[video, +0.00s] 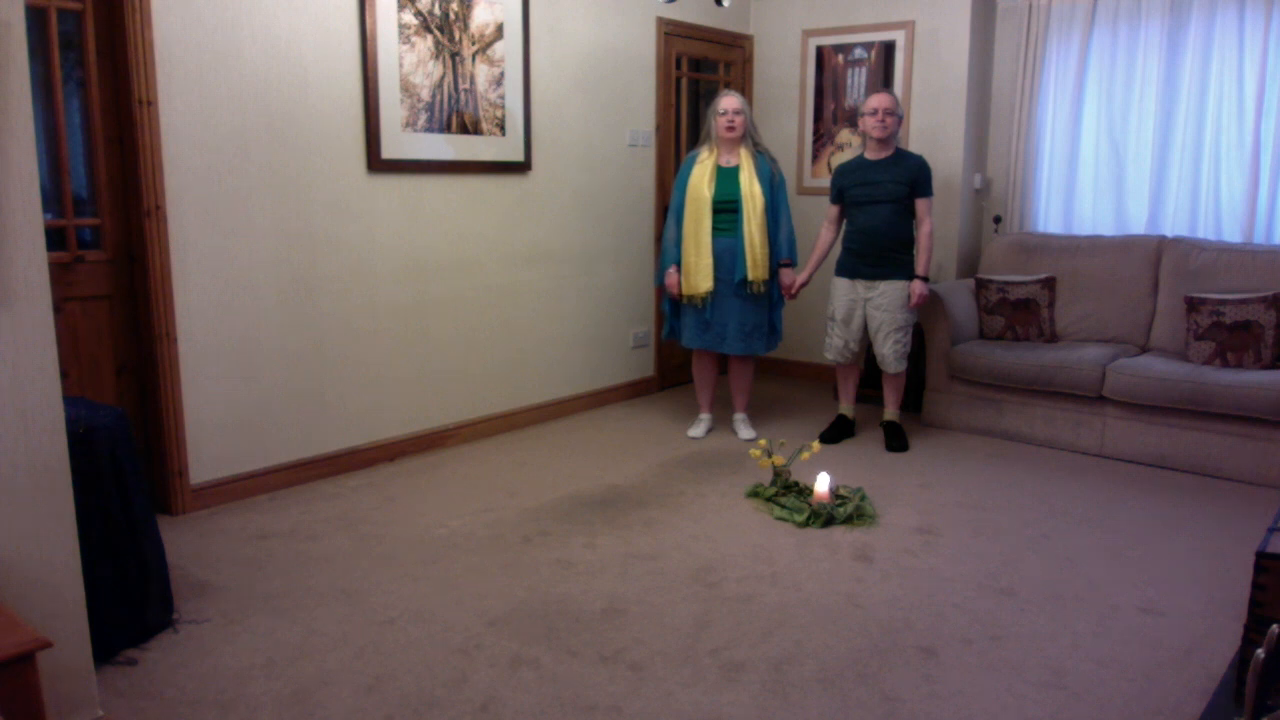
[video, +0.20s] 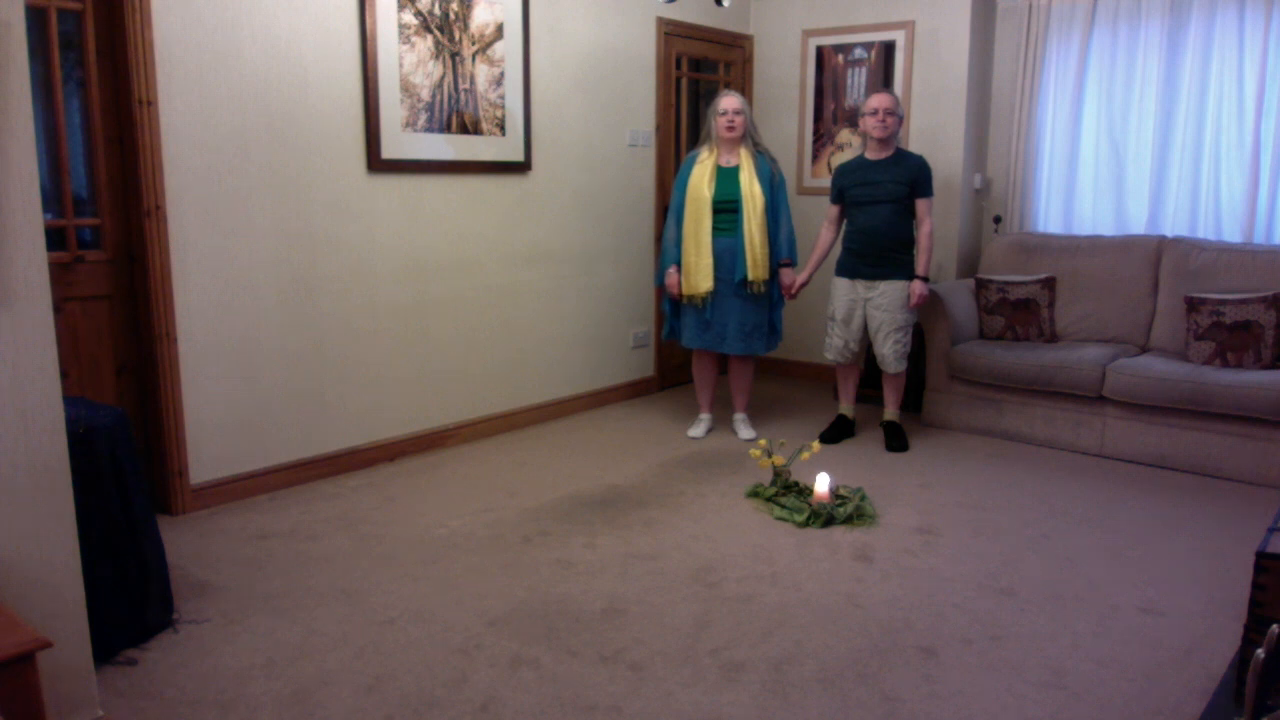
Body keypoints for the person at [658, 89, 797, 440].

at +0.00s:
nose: (730, 119)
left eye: (737, 113)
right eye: (723, 113)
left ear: (747, 119)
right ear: (712, 120)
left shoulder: (764, 164)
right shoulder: (694, 163)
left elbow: (780, 216)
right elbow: (675, 217)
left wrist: (785, 264)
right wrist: (671, 265)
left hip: (750, 268)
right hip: (701, 268)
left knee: (743, 344)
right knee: (703, 343)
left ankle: (741, 414)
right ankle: (705, 413)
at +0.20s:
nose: (730, 119)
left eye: (737, 113)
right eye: (723, 113)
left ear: (747, 119)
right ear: (712, 120)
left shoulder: (764, 164)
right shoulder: (694, 163)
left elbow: (780, 216)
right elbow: (675, 217)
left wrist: (785, 264)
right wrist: (671, 265)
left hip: (750, 269)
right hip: (701, 269)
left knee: (743, 345)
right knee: (703, 343)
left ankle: (741, 414)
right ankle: (705, 413)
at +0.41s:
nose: (730, 119)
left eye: (737, 113)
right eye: (723, 113)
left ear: (747, 119)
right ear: (713, 120)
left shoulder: (764, 164)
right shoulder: (694, 163)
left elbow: (780, 216)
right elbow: (675, 218)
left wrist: (785, 264)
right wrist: (671, 266)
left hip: (750, 269)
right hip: (702, 269)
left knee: (743, 345)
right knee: (703, 343)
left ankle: (741, 414)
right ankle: (705, 413)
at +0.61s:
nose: (730, 119)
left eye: (737, 113)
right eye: (723, 113)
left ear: (747, 119)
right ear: (712, 120)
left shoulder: (764, 164)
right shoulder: (694, 164)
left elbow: (780, 216)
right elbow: (675, 218)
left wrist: (785, 264)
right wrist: (671, 266)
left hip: (750, 269)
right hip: (702, 269)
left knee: (743, 345)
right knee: (703, 343)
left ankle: (741, 414)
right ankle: (705, 413)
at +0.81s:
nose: (730, 119)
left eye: (737, 113)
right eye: (723, 113)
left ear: (748, 119)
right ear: (713, 120)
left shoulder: (764, 164)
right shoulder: (694, 164)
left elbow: (781, 216)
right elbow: (675, 218)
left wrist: (785, 264)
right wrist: (671, 266)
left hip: (750, 269)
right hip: (702, 269)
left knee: (743, 345)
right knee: (703, 343)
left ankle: (741, 414)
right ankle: (705, 413)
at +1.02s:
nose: (730, 119)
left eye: (737, 113)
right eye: (723, 113)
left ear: (748, 119)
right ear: (713, 120)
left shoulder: (764, 164)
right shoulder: (694, 164)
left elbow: (781, 216)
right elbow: (675, 218)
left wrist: (786, 264)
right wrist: (672, 265)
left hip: (750, 269)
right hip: (702, 269)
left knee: (743, 345)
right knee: (703, 343)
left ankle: (741, 414)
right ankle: (705, 413)